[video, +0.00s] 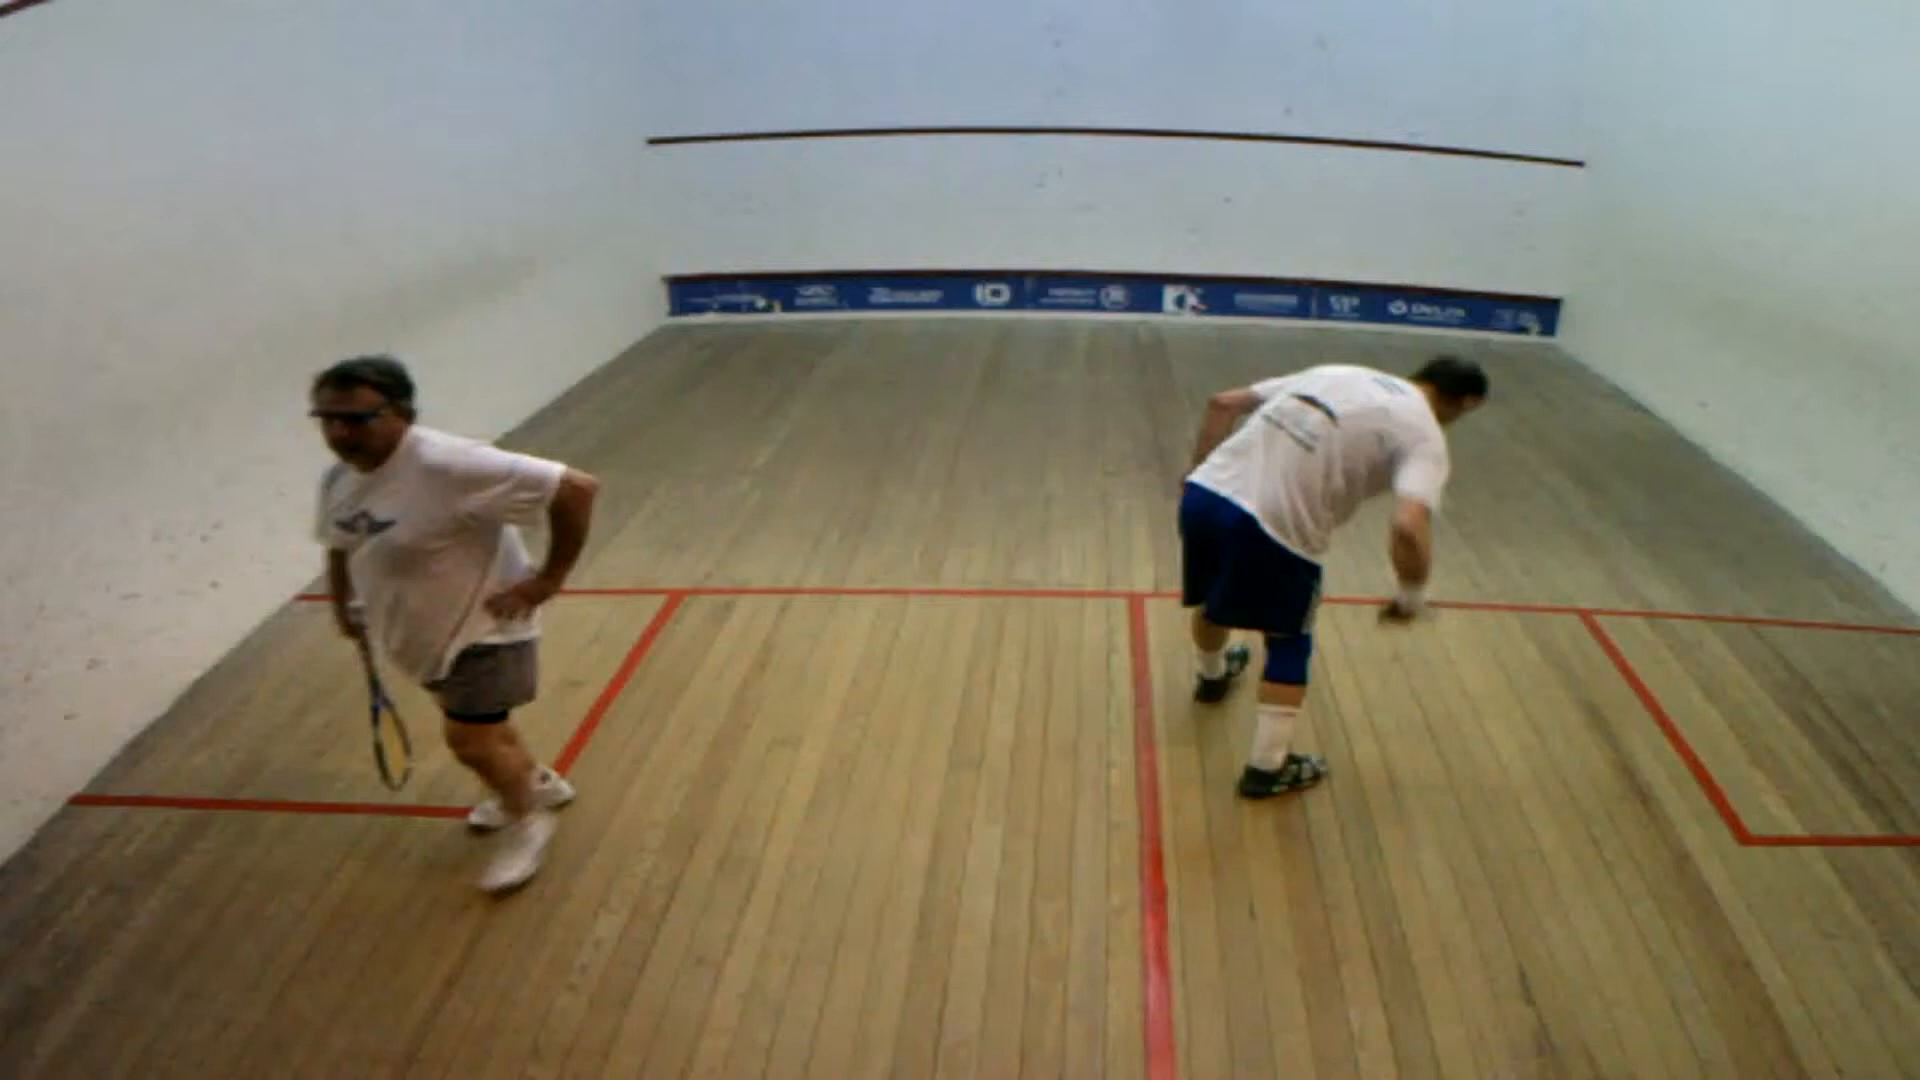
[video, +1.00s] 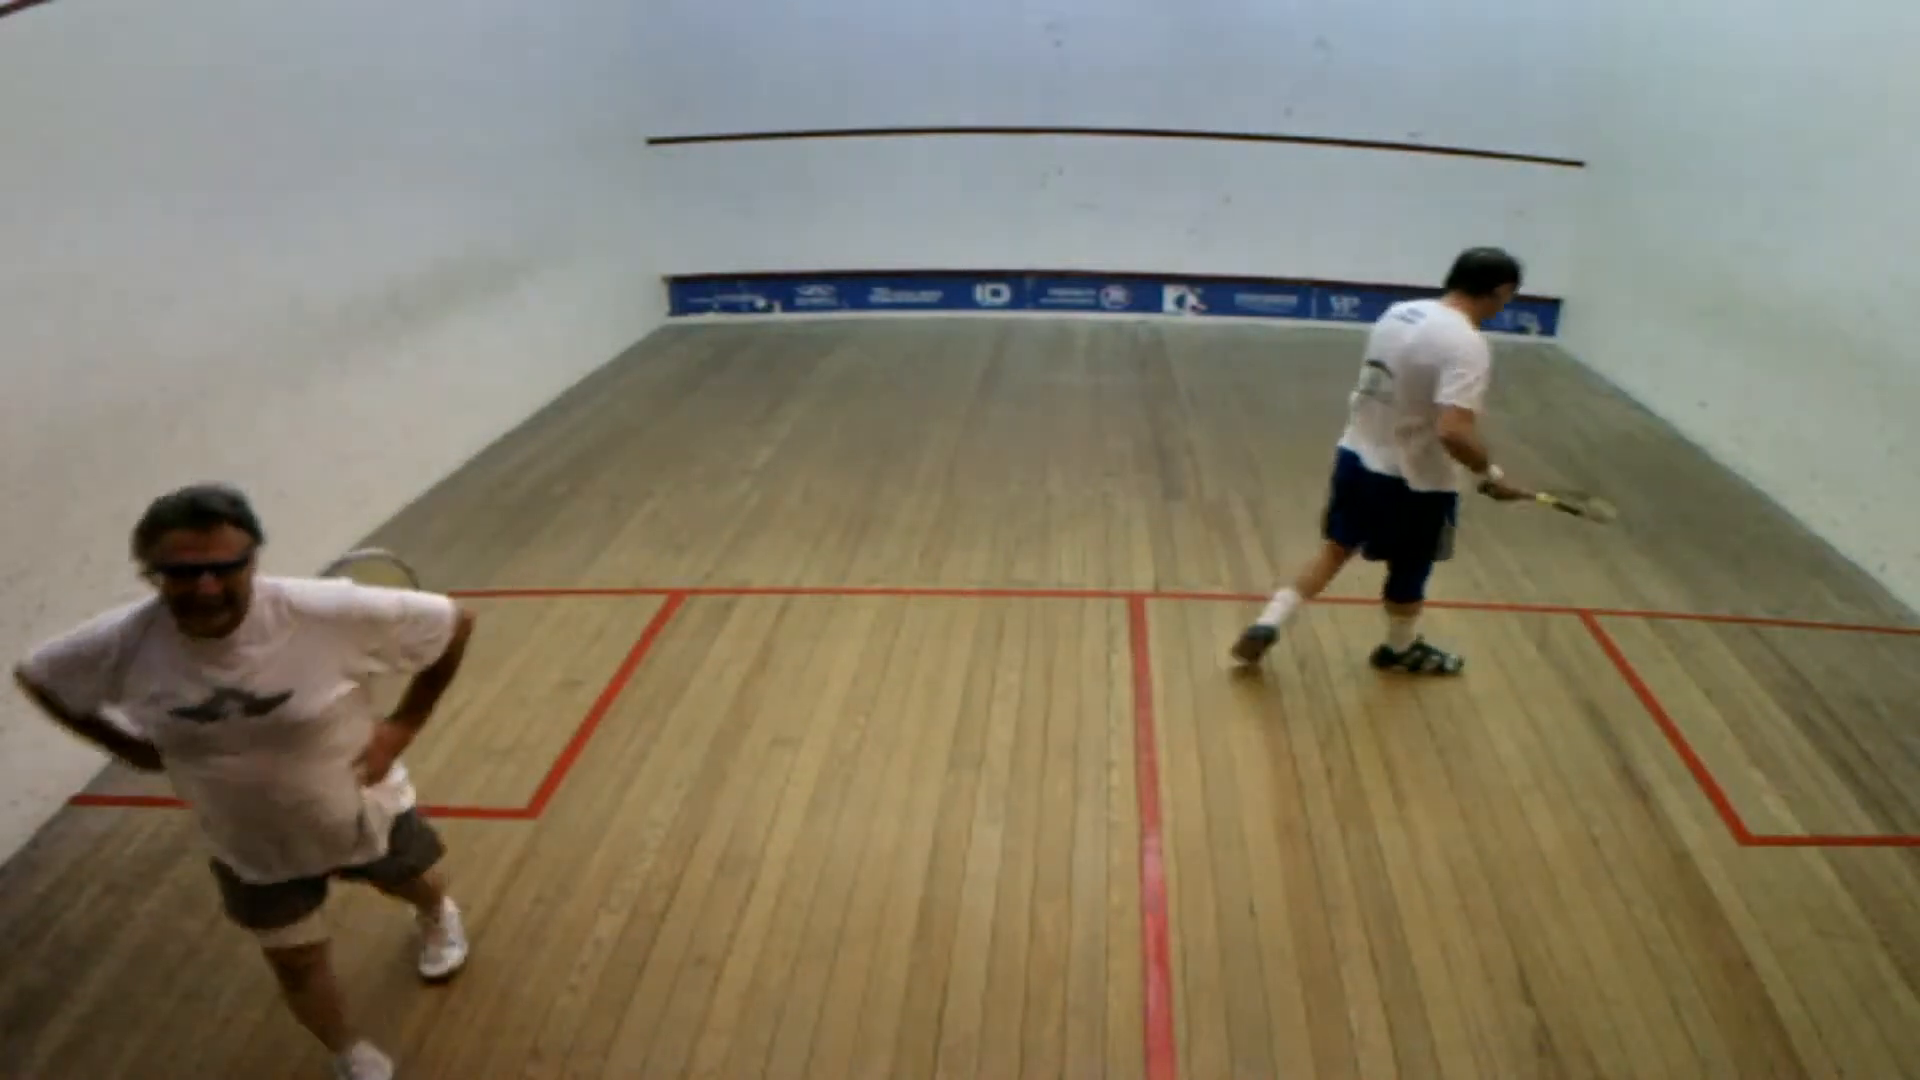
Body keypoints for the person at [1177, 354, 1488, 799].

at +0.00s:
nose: (1457, 420)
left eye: (1464, 413)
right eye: (1464, 411)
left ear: (1422, 374)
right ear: (1458, 402)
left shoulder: (1340, 373)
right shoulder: (1425, 436)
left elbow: (1224, 403)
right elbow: (1408, 527)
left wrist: (1200, 471)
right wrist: (1410, 596)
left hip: (1205, 498)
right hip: (1277, 532)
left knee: (1211, 595)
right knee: (1288, 643)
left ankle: (1211, 675)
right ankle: (1267, 765)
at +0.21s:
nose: (1430, 375)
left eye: (1437, 366)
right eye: (1435, 364)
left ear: (1392, 334)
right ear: (1427, 353)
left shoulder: (1318, 347)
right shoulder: (1399, 384)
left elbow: (1224, 405)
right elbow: (1372, 448)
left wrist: (1254, 460)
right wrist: (1391, 522)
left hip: (1214, 484)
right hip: (1282, 511)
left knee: (1230, 580)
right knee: (1312, 615)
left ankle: (1216, 671)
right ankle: (1264, 726)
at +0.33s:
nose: (1417, 348)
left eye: (1423, 339)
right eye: (1422, 338)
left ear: (1373, 312)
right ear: (1412, 331)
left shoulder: (1307, 333)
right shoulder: (1385, 362)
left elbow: (1260, 402)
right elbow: (1355, 424)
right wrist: (1375, 498)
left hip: (1223, 477)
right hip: (1290, 498)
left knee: (1234, 571)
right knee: (1327, 595)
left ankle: (1216, 671)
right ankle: (1261, 695)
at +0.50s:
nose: (1412, 318)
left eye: (1417, 309)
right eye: (1414, 308)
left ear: (1361, 289)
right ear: (1402, 301)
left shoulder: (1303, 320)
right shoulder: (1373, 341)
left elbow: (1282, 394)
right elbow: (1338, 411)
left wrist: (1357, 414)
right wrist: (1378, 476)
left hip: (1242, 470)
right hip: (1310, 489)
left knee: (1241, 563)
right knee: (1351, 569)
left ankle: (1216, 668)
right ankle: (1298, 663)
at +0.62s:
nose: (1420, 307)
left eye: (1423, 299)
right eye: (1421, 298)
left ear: (1368, 283)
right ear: (1406, 294)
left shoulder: (1312, 318)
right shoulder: (1373, 340)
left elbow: (1309, 405)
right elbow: (1348, 412)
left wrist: (1386, 436)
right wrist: (1403, 452)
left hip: (1260, 469)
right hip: (1330, 485)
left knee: (1244, 568)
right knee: (1361, 561)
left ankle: (1217, 669)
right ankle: (1361, 654)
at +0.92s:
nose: (1481, 306)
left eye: (1485, 297)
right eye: (1483, 297)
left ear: (1433, 281)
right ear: (1470, 293)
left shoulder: (1377, 315)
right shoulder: (1441, 346)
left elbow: (1385, 394)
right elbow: (1427, 432)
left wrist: (1459, 421)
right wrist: (1471, 470)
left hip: (1329, 464)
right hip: (1393, 485)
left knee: (1298, 560)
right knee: (1398, 571)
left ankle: (1236, 644)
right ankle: (1397, 646)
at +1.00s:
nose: (1504, 307)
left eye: (1508, 298)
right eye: (1506, 297)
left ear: (1458, 280)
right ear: (1492, 292)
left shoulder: (1397, 314)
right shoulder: (1466, 345)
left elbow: (1380, 392)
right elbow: (1453, 431)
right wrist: (1488, 473)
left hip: (1357, 461)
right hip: (1416, 482)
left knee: (1335, 546)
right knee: (1410, 567)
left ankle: (1268, 623)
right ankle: (1401, 645)